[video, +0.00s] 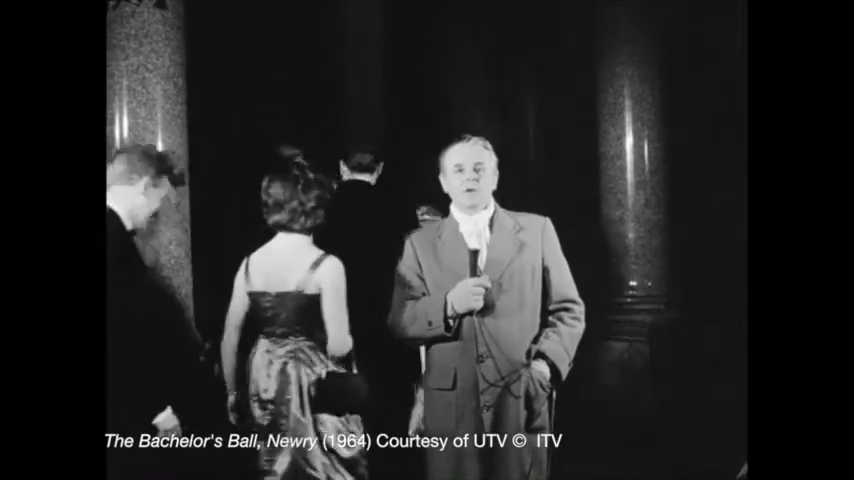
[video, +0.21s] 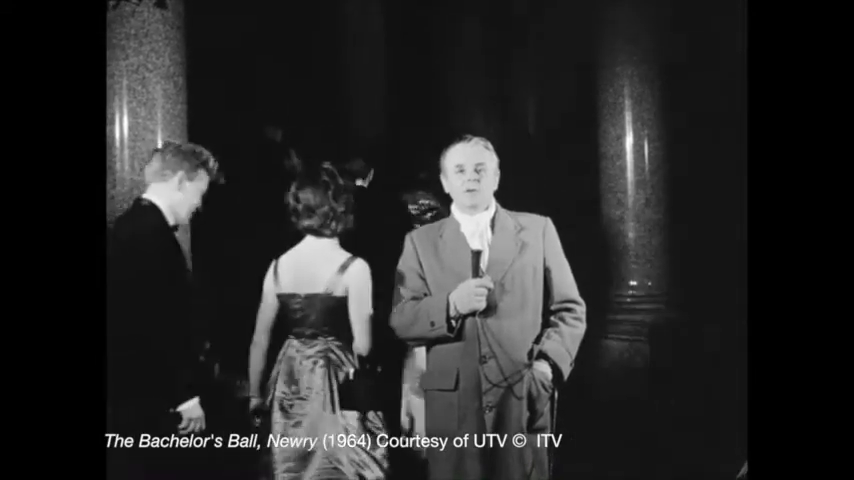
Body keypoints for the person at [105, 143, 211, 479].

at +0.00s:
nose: (157, 215)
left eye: (163, 205)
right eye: (160, 202)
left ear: (134, 182)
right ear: (146, 185)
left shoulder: (120, 243)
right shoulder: (114, 244)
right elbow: (124, 336)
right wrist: (157, 407)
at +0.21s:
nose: (200, 205)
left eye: (203, 195)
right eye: (200, 194)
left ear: (172, 181)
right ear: (181, 183)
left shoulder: (131, 227)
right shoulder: (151, 236)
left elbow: (155, 322)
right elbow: (163, 324)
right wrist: (184, 395)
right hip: (150, 401)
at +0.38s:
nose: (222, 191)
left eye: (223, 181)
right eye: (219, 179)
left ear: (192, 171)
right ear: (192, 171)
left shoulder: (153, 223)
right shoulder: (176, 229)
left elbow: (174, 315)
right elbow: (188, 313)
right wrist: (211, 384)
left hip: (161, 378)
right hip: (178, 385)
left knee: (167, 471)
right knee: (183, 472)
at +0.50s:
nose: (235, 186)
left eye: (236, 177)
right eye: (230, 174)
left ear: (201, 170)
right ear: (203, 169)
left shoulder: (169, 220)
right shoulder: (191, 224)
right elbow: (207, 308)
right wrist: (236, 379)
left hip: (180, 370)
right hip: (200, 377)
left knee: (189, 465)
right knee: (208, 467)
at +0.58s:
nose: (245, 185)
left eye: (245, 175)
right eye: (240, 174)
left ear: (208, 170)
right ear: (213, 170)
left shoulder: (178, 223)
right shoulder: (205, 228)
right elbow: (227, 312)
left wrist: (248, 378)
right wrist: (254, 380)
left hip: (193, 373)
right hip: (214, 380)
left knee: (198, 466)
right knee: (219, 468)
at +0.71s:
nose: (261, 187)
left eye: (262, 177)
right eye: (257, 176)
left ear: (223, 173)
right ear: (232, 173)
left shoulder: (196, 217)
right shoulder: (228, 225)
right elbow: (245, 310)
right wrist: (278, 377)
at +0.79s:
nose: (276, 187)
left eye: (276, 178)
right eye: (271, 177)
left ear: (240, 175)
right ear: (247, 175)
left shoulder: (213, 221)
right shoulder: (249, 229)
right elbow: (272, 309)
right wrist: (299, 379)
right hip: (253, 376)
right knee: (262, 467)